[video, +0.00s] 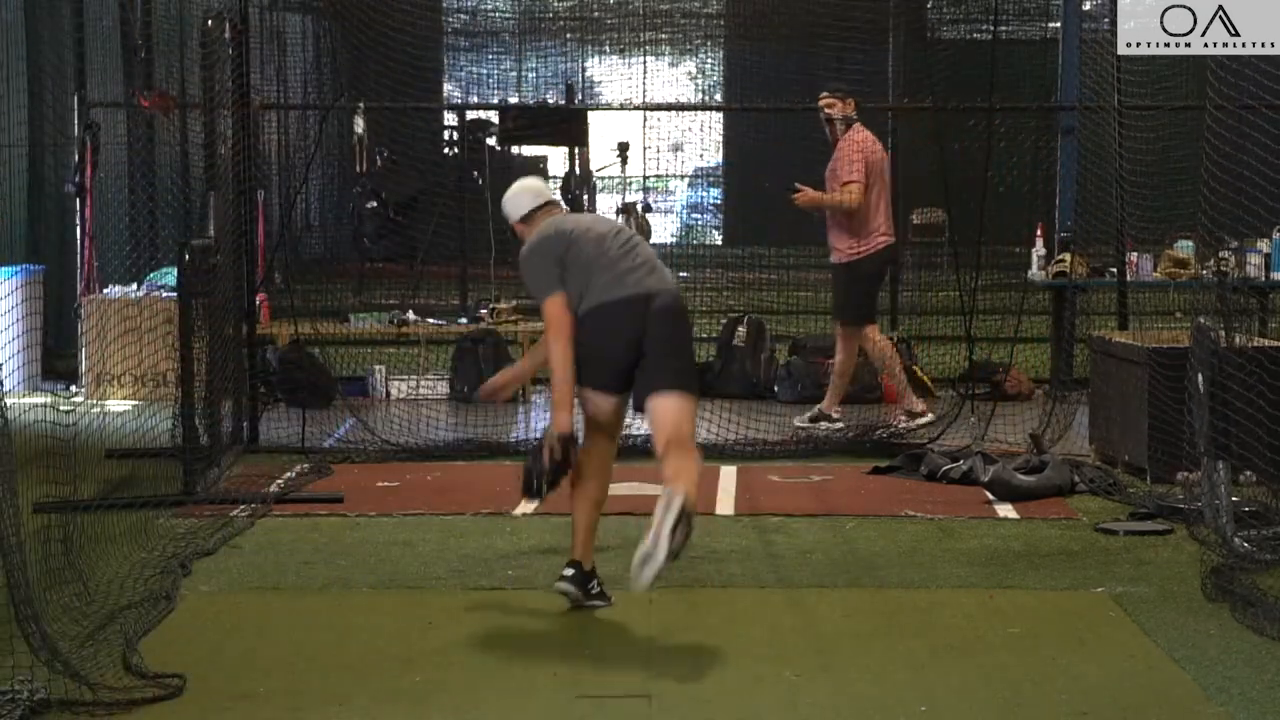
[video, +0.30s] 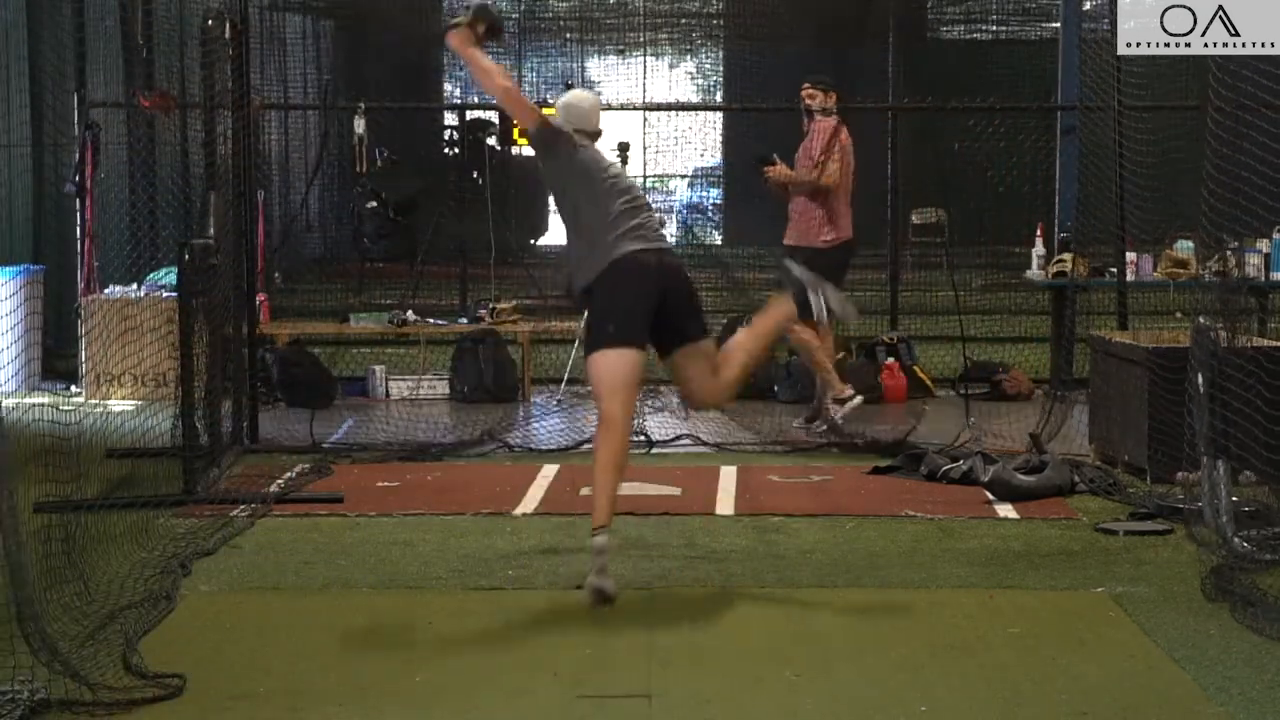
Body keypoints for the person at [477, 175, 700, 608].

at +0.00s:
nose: (520, 238)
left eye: (517, 230)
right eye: (519, 231)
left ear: (520, 224)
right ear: (558, 206)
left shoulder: (538, 247)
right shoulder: (597, 227)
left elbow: (559, 327)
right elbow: (566, 322)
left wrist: (561, 420)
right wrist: (521, 371)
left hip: (605, 316)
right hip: (668, 309)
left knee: (599, 434)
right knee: (677, 439)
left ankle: (581, 565)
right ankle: (677, 503)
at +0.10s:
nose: (517, 201)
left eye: (517, 194)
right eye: (519, 195)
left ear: (523, 193)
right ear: (565, 189)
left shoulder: (542, 208)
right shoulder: (588, 217)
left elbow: (568, 234)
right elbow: (576, 312)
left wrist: (555, 277)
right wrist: (525, 331)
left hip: (616, 296)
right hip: (671, 286)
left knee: (601, 435)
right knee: (704, 403)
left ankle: (586, 559)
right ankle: (731, 342)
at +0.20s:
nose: (526, 162)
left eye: (526, 157)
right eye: (529, 156)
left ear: (535, 165)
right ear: (558, 165)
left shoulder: (551, 191)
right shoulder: (610, 212)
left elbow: (563, 150)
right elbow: (625, 279)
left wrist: (514, 92)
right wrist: (573, 291)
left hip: (615, 299)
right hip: (670, 292)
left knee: (597, 436)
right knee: (737, 387)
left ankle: (587, 551)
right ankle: (769, 253)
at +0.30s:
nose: (543, 129)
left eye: (549, 123)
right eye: (547, 121)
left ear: (556, 127)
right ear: (595, 131)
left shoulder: (563, 148)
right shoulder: (607, 168)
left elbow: (509, 96)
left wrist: (465, 47)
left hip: (620, 277)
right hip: (668, 273)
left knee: (614, 417)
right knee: (709, 390)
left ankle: (600, 547)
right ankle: (790, 300)